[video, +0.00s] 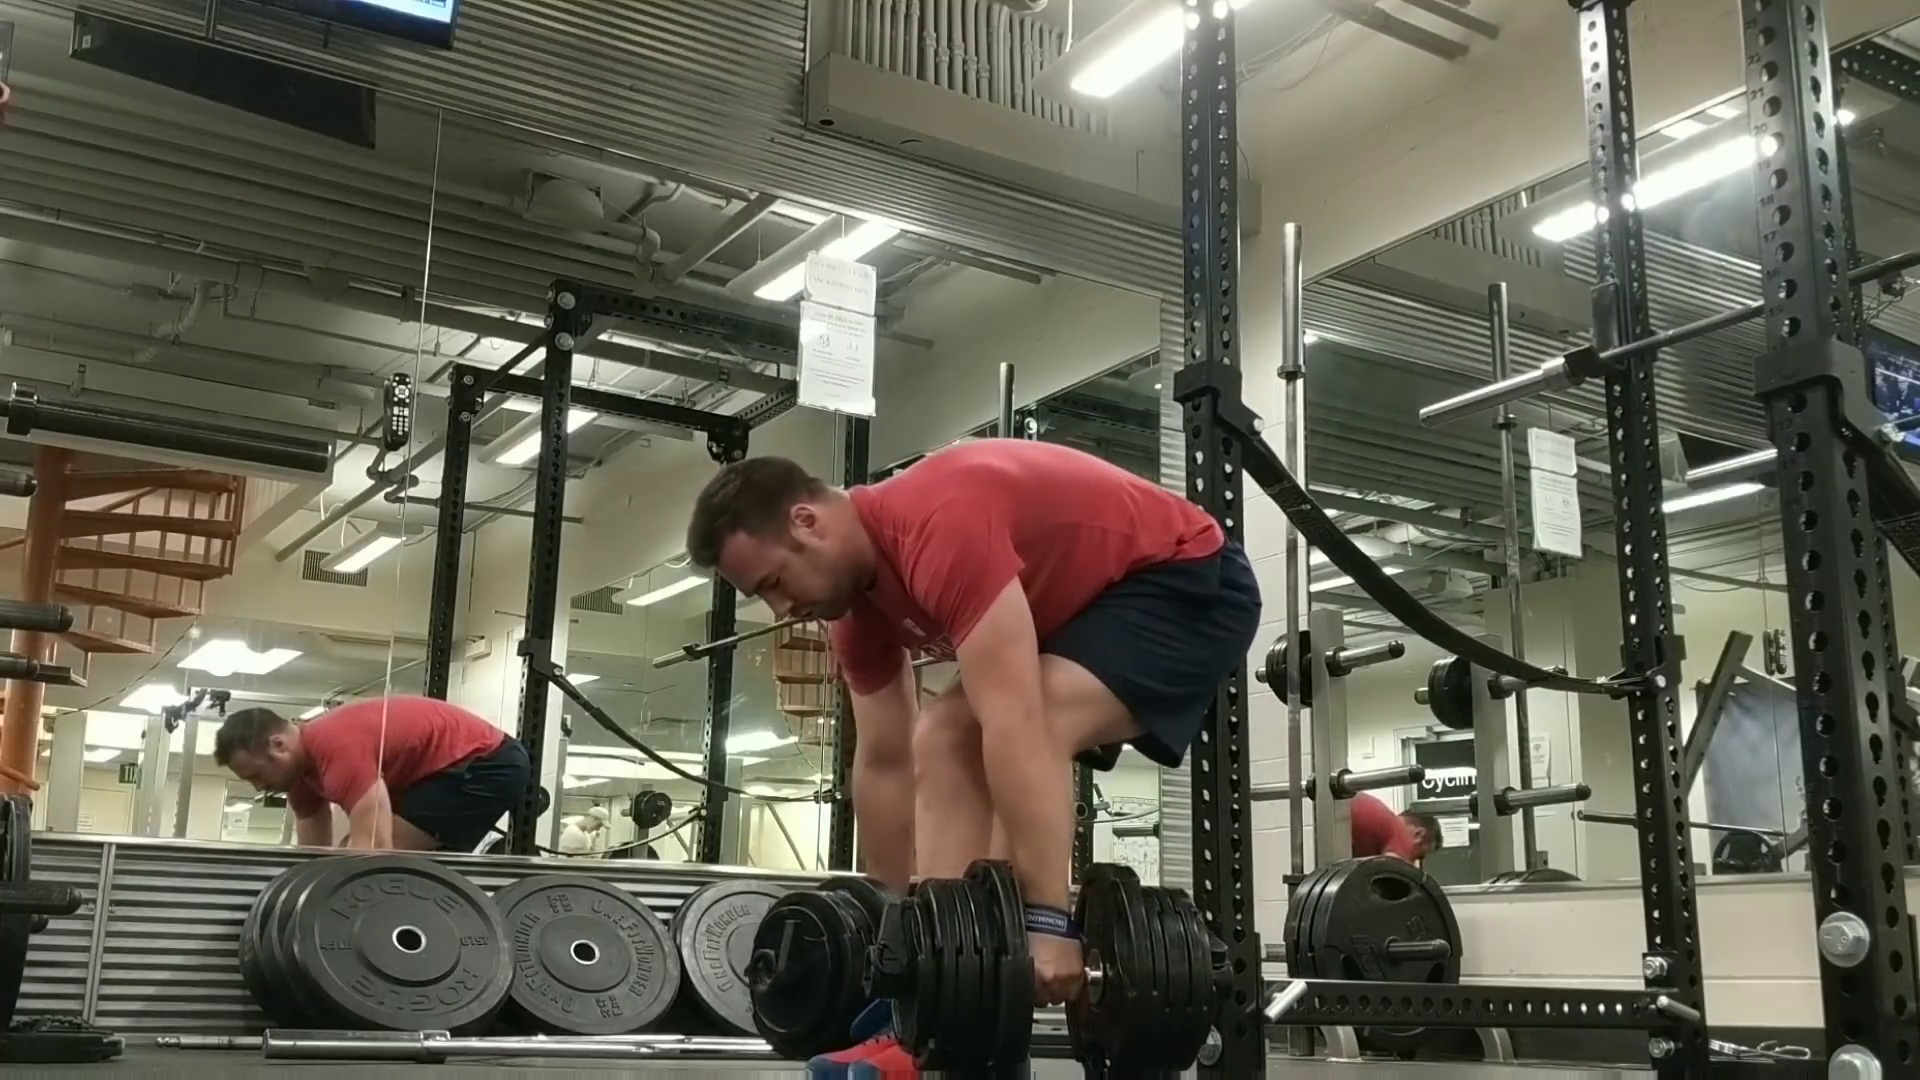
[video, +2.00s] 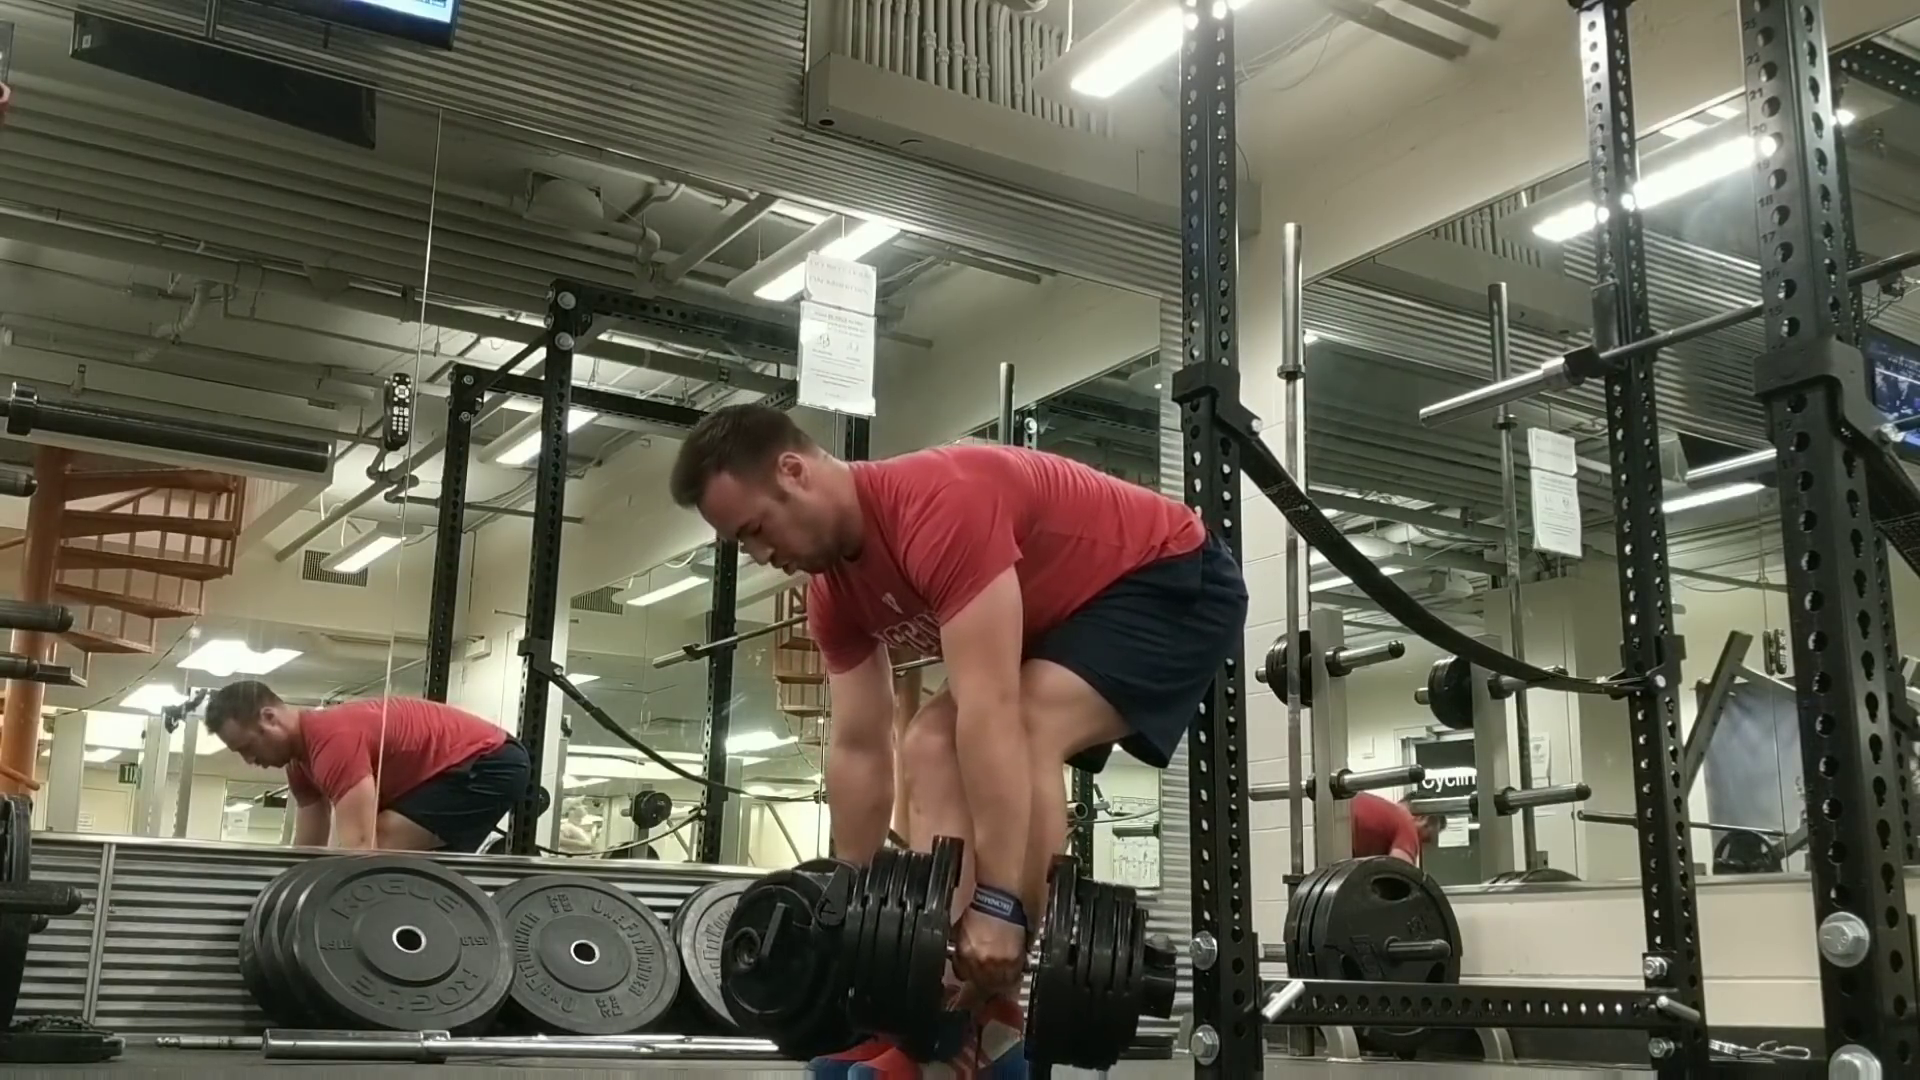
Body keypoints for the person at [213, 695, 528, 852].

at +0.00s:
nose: (259, 788)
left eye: (255, 775)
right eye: (250, 781)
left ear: (279, 747)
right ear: (277, 746)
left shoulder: (336, 748)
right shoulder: (302, 772)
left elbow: (370, 843)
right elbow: (314, 849)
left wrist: (327, 904)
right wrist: (300, 904)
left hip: (487, 765)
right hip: (457, 769)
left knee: (388, 854)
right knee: (384, 855)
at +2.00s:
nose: (250, 762)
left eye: (248, 749)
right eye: (242, 755)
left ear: (270, 719)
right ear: (270, 722)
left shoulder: (333, 739)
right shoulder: (301, 762)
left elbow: (358, 850)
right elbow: (309, 851)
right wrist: (286, 920)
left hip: (491, 763)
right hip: (461, 768)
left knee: (383, 847)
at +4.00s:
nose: (252, 744)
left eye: (250, 731)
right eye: (244, 737)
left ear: (275, 702)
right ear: (274, 704)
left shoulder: (340, 723)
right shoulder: (306, 751)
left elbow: (354, 839)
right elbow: (301, 841)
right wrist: (277, 913)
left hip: (489, 762)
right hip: (456, 771)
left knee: (380, 843)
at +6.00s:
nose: (252, 741)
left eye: (249, 729)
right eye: (244, 735)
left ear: (273, 700)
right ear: (273, 703)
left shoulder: (335, 723)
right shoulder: (305, 748)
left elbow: (351, 834)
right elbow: (301, 840)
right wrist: (274, 910)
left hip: (489, 760)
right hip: (460, 768)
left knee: (380, 839)